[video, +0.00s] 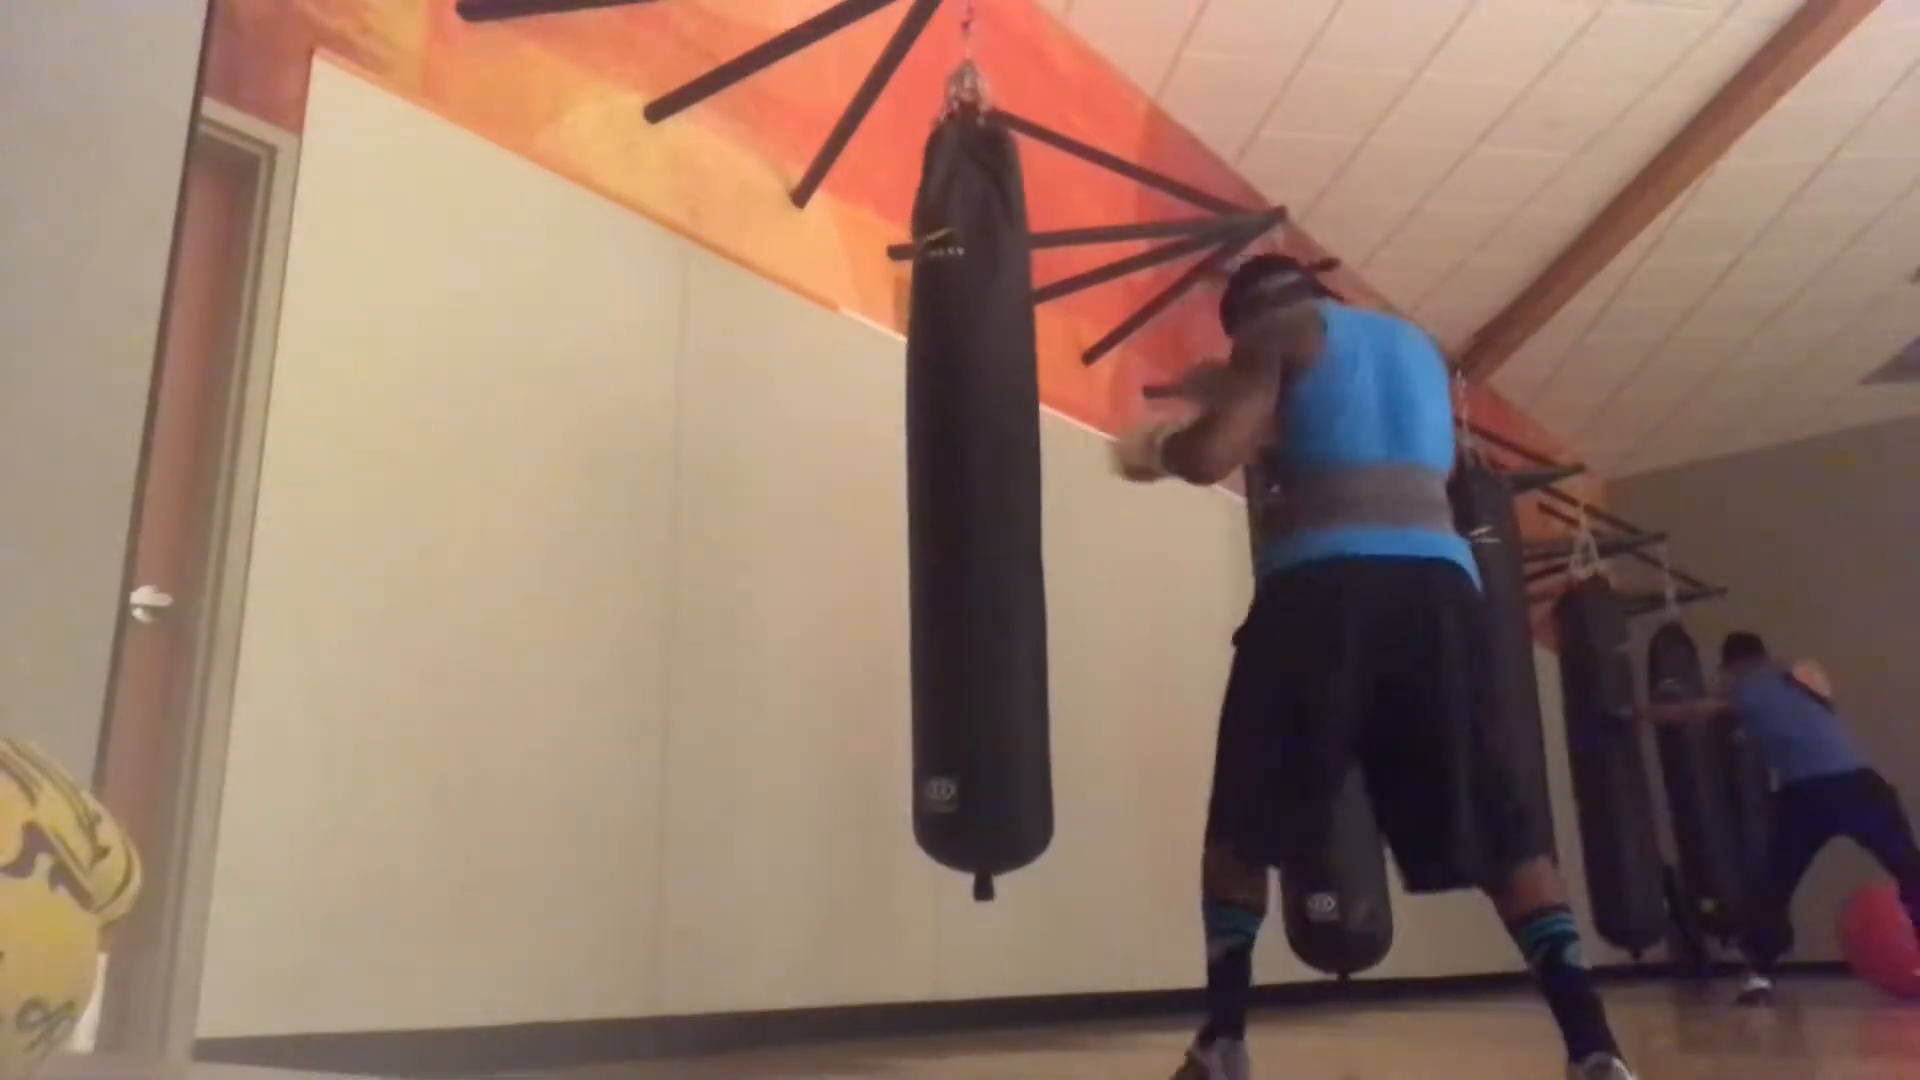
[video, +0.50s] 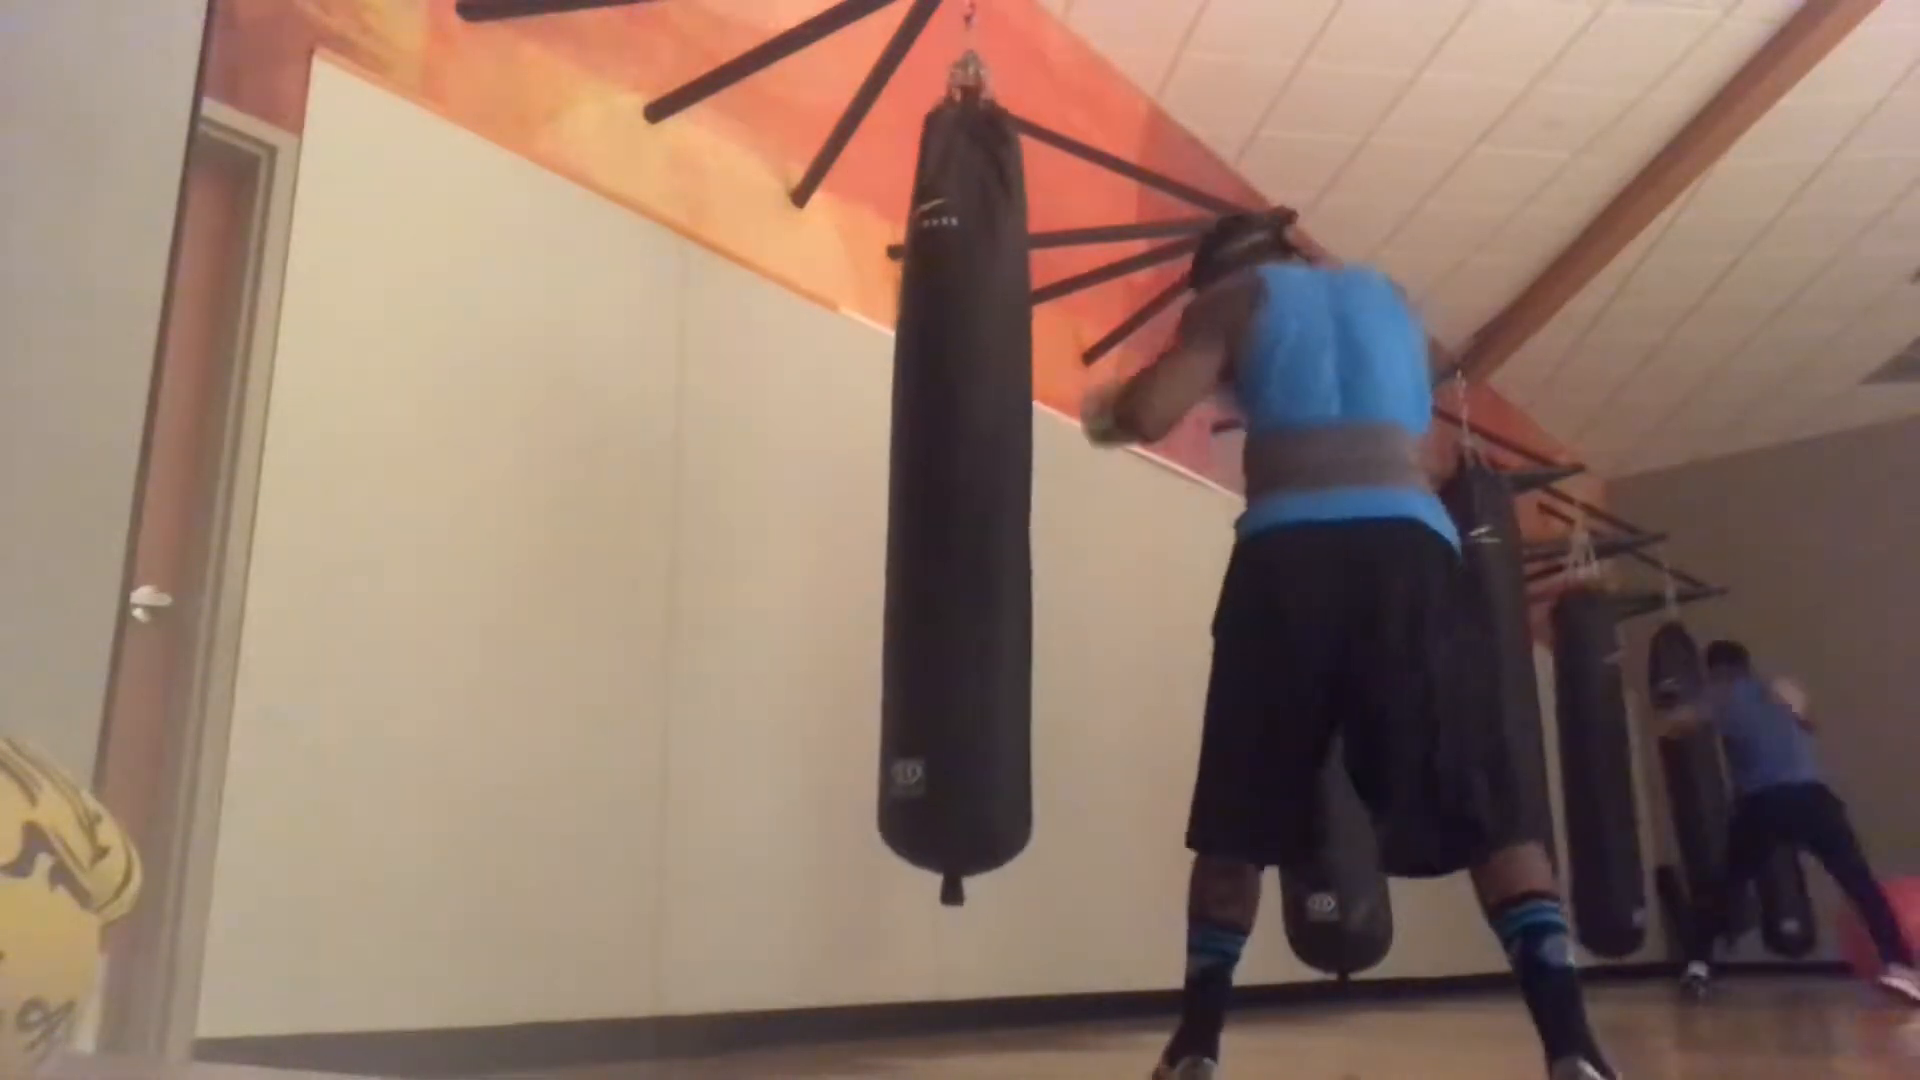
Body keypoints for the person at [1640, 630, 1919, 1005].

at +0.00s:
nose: (1727, 675)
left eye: (1726, 668)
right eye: (1726, 668)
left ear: (1731, 666)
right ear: (1765, 657)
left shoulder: (1746, 691)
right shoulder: (1795, 682)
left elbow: (1689, 713)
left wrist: (1642, 713)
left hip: (1806, 794)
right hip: (1859, 784)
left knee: (1774, 884)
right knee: (1908, 867)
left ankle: (1760, 975)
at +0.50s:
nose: (1713, 679)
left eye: (1712, 672)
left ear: (1712, 671)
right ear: (1746, 665)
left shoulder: (1717, 699)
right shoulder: (1776, 690)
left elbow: (1672, 724)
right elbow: (1808, 722)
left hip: (1760, 803)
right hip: (1810, 795)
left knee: (1729, 882)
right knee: (1858, 880)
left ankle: (1700, 962)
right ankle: (1897, 961)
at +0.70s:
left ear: (1680, 677)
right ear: (1716, 669)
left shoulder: (1676, 711)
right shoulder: (1745, 692)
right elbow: (1771, 724)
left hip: (1727, 800)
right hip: (1780, 788)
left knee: (1712, 879)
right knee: (1819, 866)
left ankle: (1695, 971)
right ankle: (1842, 952)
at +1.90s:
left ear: (1685, 657)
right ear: (1720, 649)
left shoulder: (1684, 696)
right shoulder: (1754, 674)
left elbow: (1673, 756)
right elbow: (1779, 712)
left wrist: (1686, 803)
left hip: (1736, 794)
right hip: (1790, 785)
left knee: (1728, 883)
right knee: (1829, 875)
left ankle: (1712, 975)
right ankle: (1850, 966)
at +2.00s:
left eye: (1670, 660)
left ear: (1678, 656)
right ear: (1715, 643)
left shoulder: (1686, 687)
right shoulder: (1743, 665)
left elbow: (1634, 718)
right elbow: (1789, 676)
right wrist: (1765, 664)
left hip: (1736, 783)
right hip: (1781, 774)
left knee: (1738, 871)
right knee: (1816, 864)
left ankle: (1713, 966)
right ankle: (1843, 962)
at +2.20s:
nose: (1726, 651)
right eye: (1724, 645)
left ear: (1686, 650)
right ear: (1721, 644)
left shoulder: (1677, 691)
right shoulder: (1741, 670)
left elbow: (1632, 722)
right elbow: (1775, 695)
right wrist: (1782, 718)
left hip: (1731, 793)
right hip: (1780, 783)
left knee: (1722, 882)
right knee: (1821, 866)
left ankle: (1707, 977)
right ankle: (1829, 955)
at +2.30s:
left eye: (1711, 644)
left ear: (1702, 648)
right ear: (1739, 643)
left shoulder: (1692, 687)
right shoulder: (1775, 677)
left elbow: (1669, 740)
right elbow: (1797, 735)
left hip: (1729, 799)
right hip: (1785, 792)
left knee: (1721, 886)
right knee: (1828, 878)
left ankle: (1708, 980)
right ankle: (1823, 956)